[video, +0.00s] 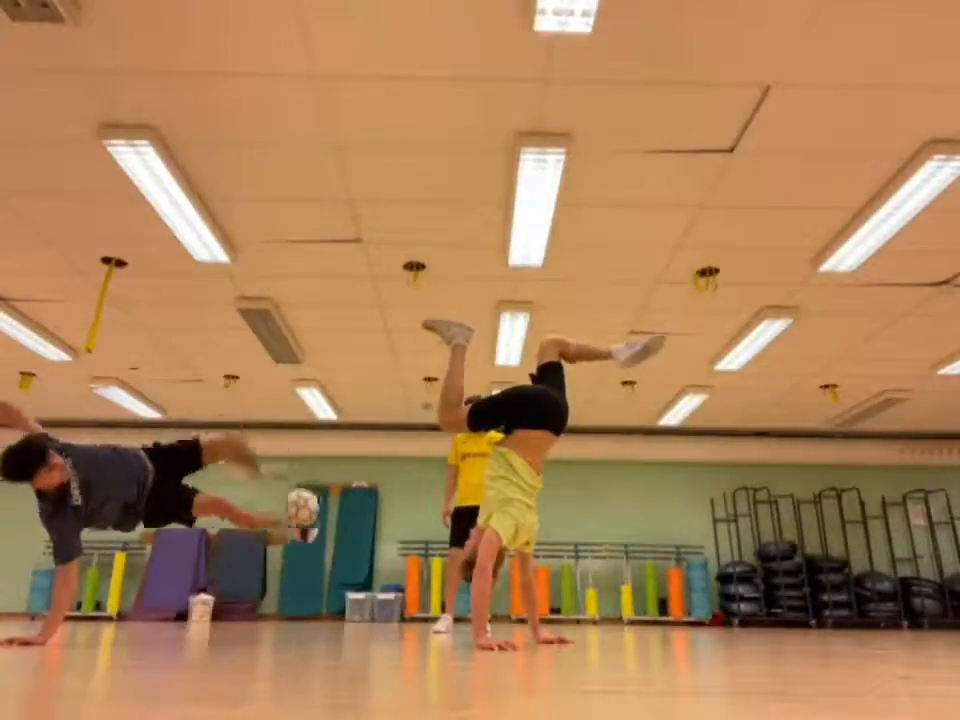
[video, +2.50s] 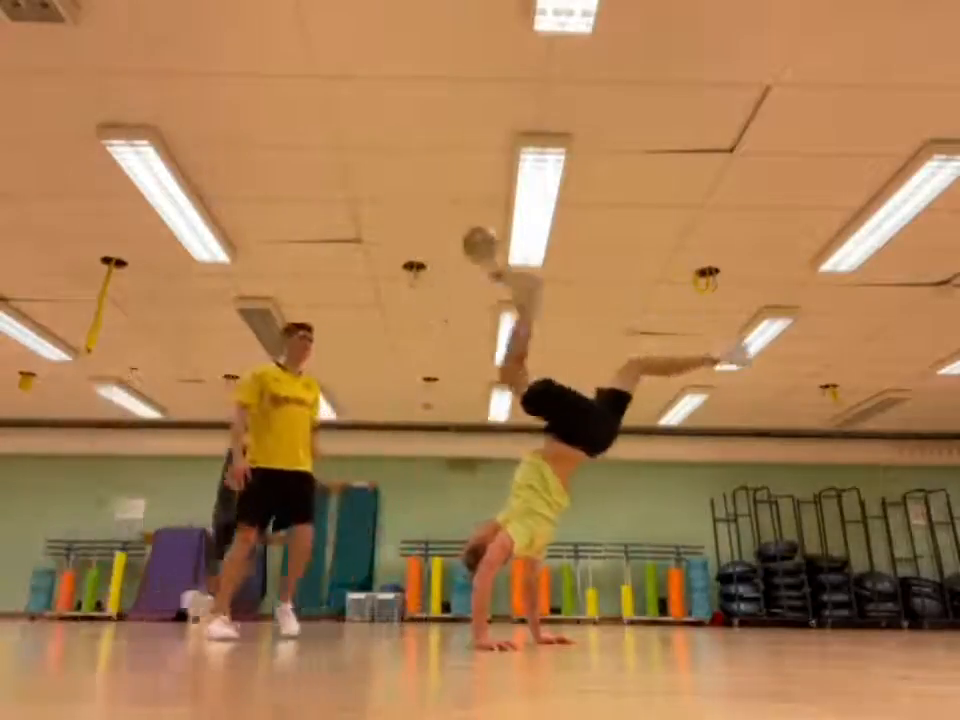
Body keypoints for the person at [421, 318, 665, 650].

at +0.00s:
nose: (485, 566)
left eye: (476, 567)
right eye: (478, 564)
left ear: (473, 550)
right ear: (475, 548)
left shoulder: (524, 536)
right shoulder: (495, 528)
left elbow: (527, 583)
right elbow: (482, 576)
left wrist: (537, 632)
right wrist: (481, 636)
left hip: (554, 414)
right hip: (530, 408)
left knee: (551, 345)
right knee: (450, 418)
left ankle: (619, 352)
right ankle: (458, 345)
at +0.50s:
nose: (481, 557)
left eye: (473, 556)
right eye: (477, 556)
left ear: (472, 549)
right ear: (473, 543)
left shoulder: (526, 538)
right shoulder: (497, 528)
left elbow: (528, 585)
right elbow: (483, 577)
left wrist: (537, 632)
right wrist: (482, 636)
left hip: (557, 412)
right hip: (536, 412)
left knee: (549, 345)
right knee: (457, 407)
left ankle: (620, 317)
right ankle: (450, 334)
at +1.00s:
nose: (478, 564)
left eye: (471, 561)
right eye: (473, 560)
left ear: (473, 558)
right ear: (474, 554)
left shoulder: (518, 539)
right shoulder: (495, 532)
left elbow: (528, 586)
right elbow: (481, 581)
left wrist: (538, 633)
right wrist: (480, 636)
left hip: (549, 416)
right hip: (533, 412)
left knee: (530, 351)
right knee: (470, 354)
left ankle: (595, 330)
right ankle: (464, 274)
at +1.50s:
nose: (472, 533)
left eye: (465, 537)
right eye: (473, 539)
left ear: (475, 550)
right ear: (480, 548)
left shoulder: (522, 538)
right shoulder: (497, 529)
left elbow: (527, 585)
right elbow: (482, 574)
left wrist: (536, 633)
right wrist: (480, 634)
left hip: (555, 417)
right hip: (534, 410)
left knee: (538, 356)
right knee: (453, 385)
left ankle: (604, 318)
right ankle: (449, 302)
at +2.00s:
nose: (472, 535)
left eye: (468, 540)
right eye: (474, 541)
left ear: (475, 550)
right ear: (482, 550)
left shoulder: (526, 539)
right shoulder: (499, 531)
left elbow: (528, 586)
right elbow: (484, 574)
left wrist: (536, 631)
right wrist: (481, 634)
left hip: (565, 416)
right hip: (546, 417)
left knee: (555, 344)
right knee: (466, 406)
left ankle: (630, 318)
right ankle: (463, 328)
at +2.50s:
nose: (482, 542)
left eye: (480, 545)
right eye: (481, 543)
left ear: (482, 550)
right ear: (484, 544)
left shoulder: (530, 541)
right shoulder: (509, 534)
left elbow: (530, 588)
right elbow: (482, 576)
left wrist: (536, 632)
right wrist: (480, 635)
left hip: (598, 436)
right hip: (582, 432)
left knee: (634, 367)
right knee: (515, 382)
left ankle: (714, 359)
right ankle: (527, 301)